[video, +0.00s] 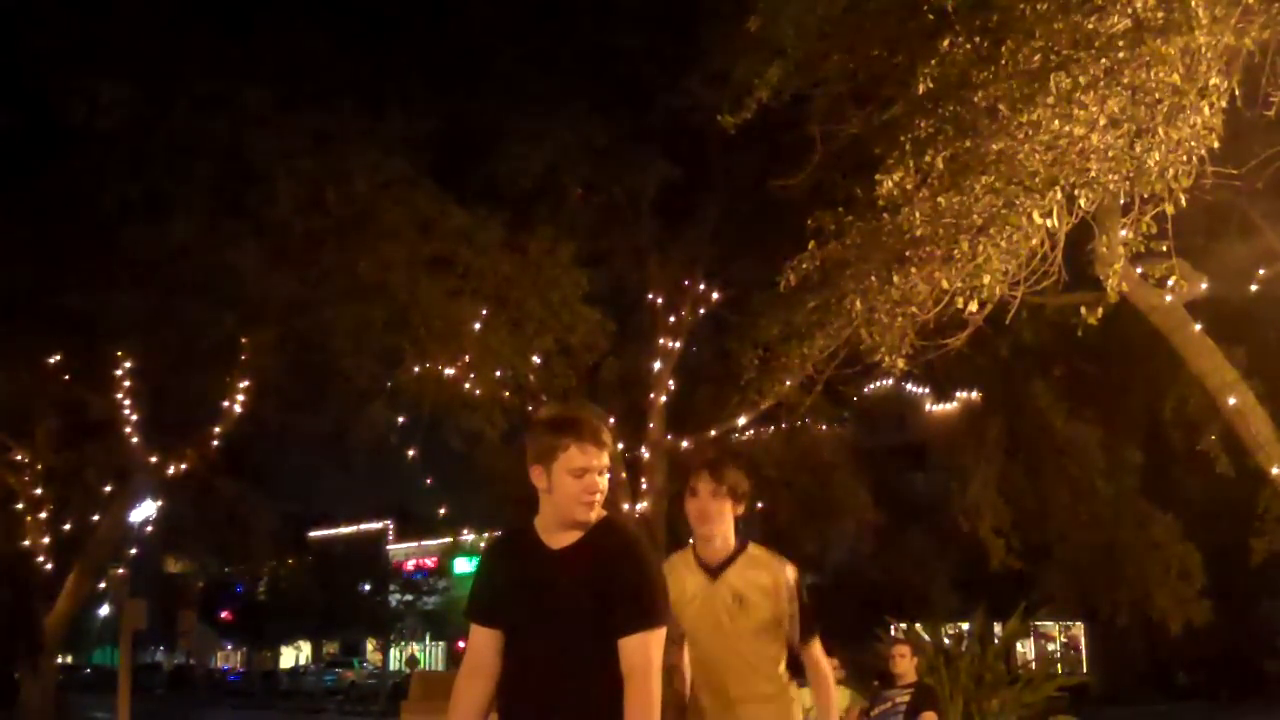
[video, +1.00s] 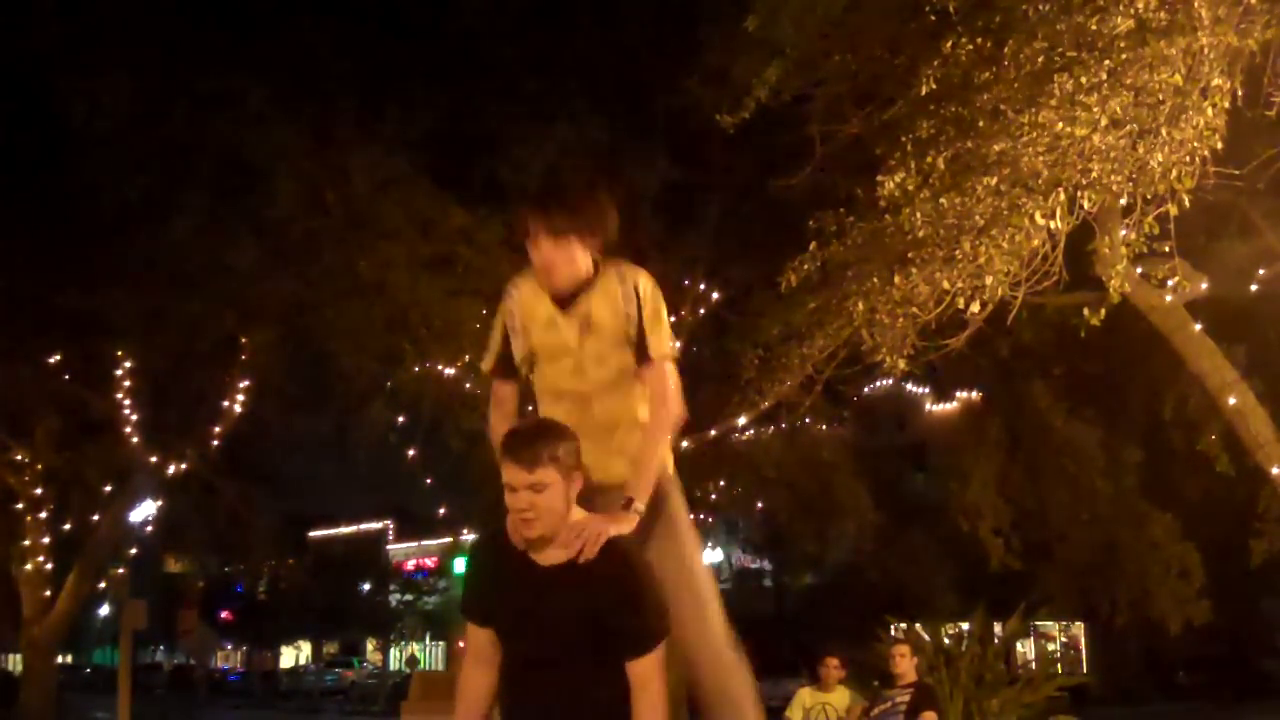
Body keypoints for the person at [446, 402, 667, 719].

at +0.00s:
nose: (597, 486)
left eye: (602, 472)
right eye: (579, 474)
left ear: (610, 472)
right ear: (539, 477)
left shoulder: (625, 552)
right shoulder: (504, 555)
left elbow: (642, 679)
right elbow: (478, 671)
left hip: (603, 710)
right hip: (520, 711)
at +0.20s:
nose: (581, 490)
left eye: (590, 475)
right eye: (564, 478)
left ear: (603, 473)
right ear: (533, 478)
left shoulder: (629, 554)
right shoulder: (506, 556)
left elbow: (643, 681)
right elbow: (479, 673)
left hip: (606, 711)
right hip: (523, 710)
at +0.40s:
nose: (544, 497)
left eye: (560, 482)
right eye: (533, 483)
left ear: (593, 475)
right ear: (521, 477)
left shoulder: (629, 553)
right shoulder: (509, 554)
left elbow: (646, 684)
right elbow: (481, 672)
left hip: (606, 711)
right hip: (523, 711)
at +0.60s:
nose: (532, 500)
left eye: (547, 485)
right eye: (521, 486)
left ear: (582, 476)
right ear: (510, 482)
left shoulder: (620, 552)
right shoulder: (502, 556)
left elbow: (652, 681)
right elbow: (483, 674)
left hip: (607, 713)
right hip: (523, 712)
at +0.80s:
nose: (527, 506)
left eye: (544, 492)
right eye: (517, 492)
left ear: (579, 485)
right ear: (507, 488)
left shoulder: (622, 553)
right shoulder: (498, 559)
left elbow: (648, 685)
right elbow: (482, 677)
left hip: (606, 711)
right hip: (522, 712)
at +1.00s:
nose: (520, 504)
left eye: (537, 489)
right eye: (510, 490)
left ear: (575, 483)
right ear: (501, 486)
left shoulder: (620, 565)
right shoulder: (492, 555)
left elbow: (648, 690)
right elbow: (479, 662)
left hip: (604, 713)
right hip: (521, 712)